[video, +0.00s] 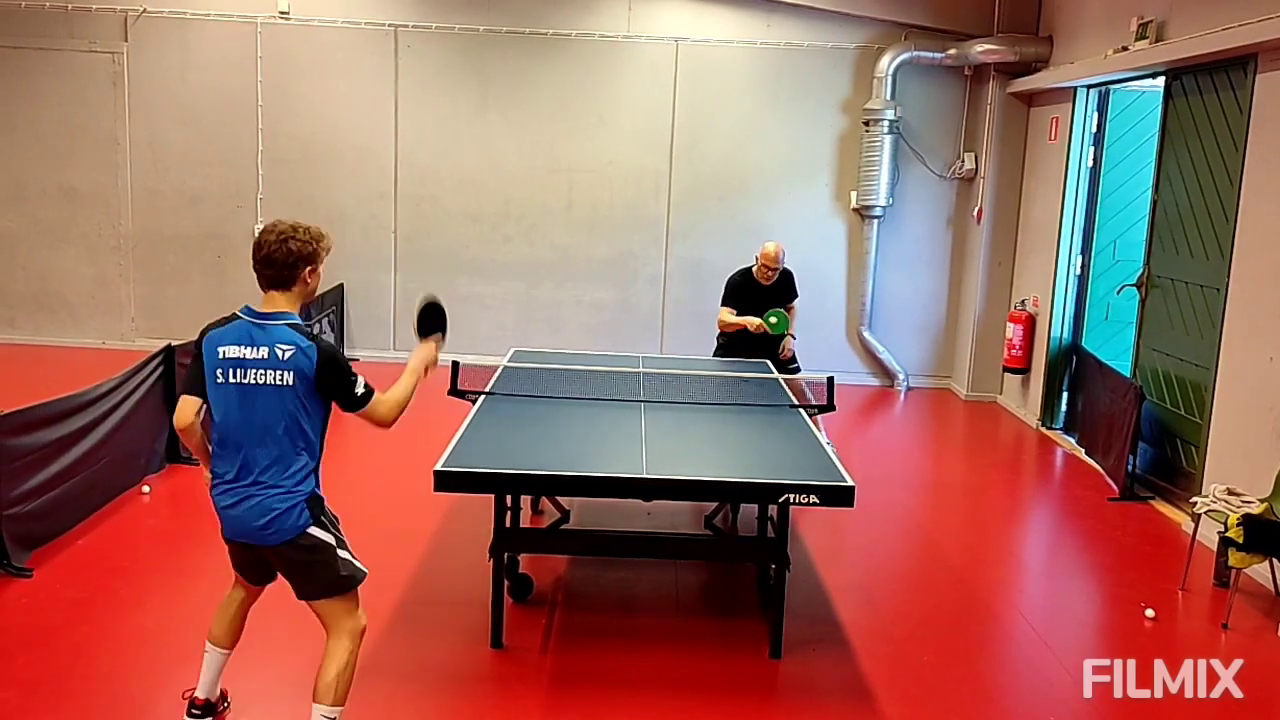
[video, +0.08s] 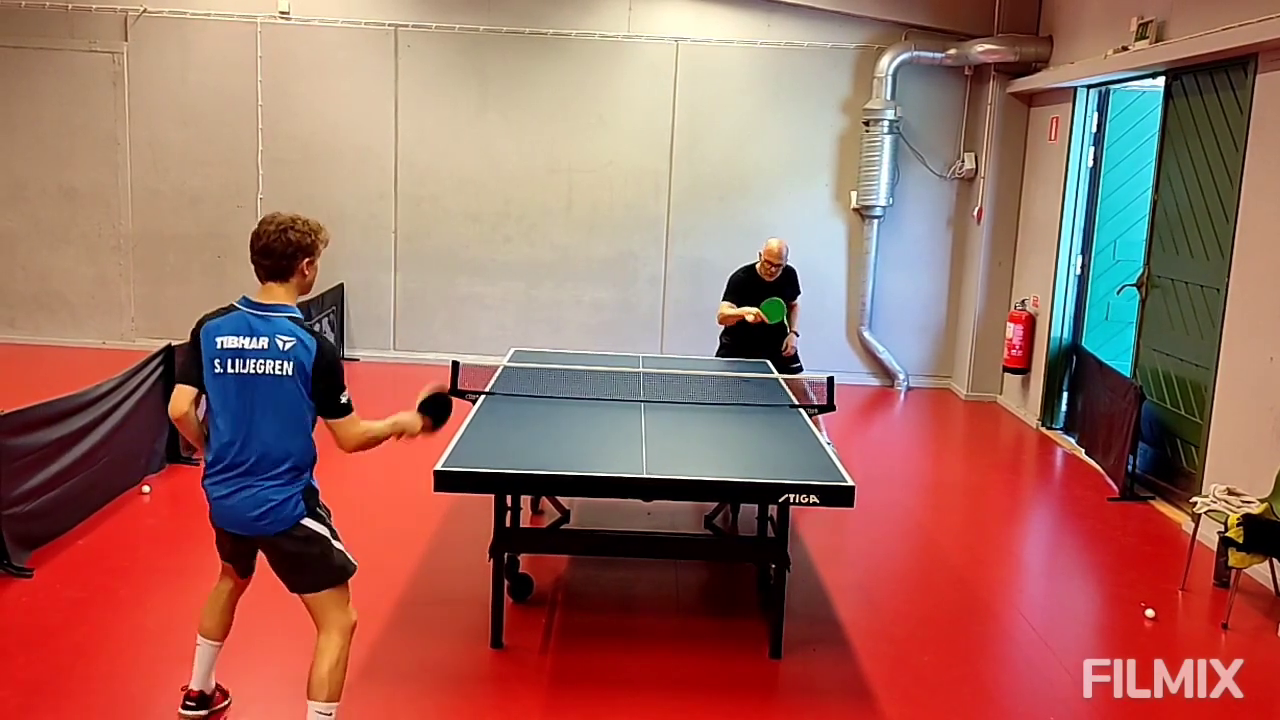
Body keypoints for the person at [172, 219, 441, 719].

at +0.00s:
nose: (321, 277)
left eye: (320, 267)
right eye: (319, 269)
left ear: (261, 273)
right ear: (306, 277)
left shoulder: (215, 337)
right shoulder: (314, 352)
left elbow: (184, 419)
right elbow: (386, 412)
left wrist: (211, 461)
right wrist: (420, 359)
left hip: (233, 511)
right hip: (291, 515)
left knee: (245, 585)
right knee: (346, 626)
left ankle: (203, 698)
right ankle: (323, 719)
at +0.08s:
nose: (317, 270)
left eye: (316, 260)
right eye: (315, 261)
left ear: (259, 264)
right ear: (304, 269)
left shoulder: (210, 329)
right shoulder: (313, 346)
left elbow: (179, 408)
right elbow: (351, 437)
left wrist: (206, 446)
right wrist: (399, 423)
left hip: (225, 502)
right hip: (286, 507)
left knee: (230, 576)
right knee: (336, 621)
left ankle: (198, 690)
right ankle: (321, 719)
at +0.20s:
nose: (313, 270)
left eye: (313, 260)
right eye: (312, 261)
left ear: (254, 263)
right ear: (299, 268)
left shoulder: (203, 323)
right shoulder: (301, 346)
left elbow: (169, 401)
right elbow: (298, 447)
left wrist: (208, 434)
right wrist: (351, 472)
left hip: (210, 498)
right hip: (269, 507)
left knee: (208, 584)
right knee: (323, 623)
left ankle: (161, 693)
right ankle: (315, 718)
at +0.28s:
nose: (308, 288)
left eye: (310, 278)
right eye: (308, 279)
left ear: (251, 274)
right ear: (294, 282)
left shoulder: (195, 328)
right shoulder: (275, 354)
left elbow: (158, 404)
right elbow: (254, 455)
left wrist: (204, 442)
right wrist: (318, 495)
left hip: (188, 506)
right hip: (241, 516)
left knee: (196, 591)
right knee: (307, 621)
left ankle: (144, 699)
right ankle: (311, 719)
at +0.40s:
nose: (303, 302)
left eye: (305, 292)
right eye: (304, 292)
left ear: (250, 281)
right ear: (287, 290)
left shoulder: (200, 322)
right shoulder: (247, 353)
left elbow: (149, 390)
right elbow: (222, 451)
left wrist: (194, 435)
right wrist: (292, 496)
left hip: (162, 495)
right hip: (199, 507)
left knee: (198, 589)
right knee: (266, 622)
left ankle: (145, 699)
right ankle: (287, 717)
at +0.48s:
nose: (303, 303)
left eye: (306, 293)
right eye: (304, 293)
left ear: (254, 282)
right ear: (286, 291)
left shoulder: (206, 319)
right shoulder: (240, 350)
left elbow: (152, 382)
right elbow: (222, 449)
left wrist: (194, 430)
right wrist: (291, 490)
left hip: (157, 491)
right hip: (185, 502)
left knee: (197, 591)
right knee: (248, 619)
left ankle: (145, 699)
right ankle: (266, 717)